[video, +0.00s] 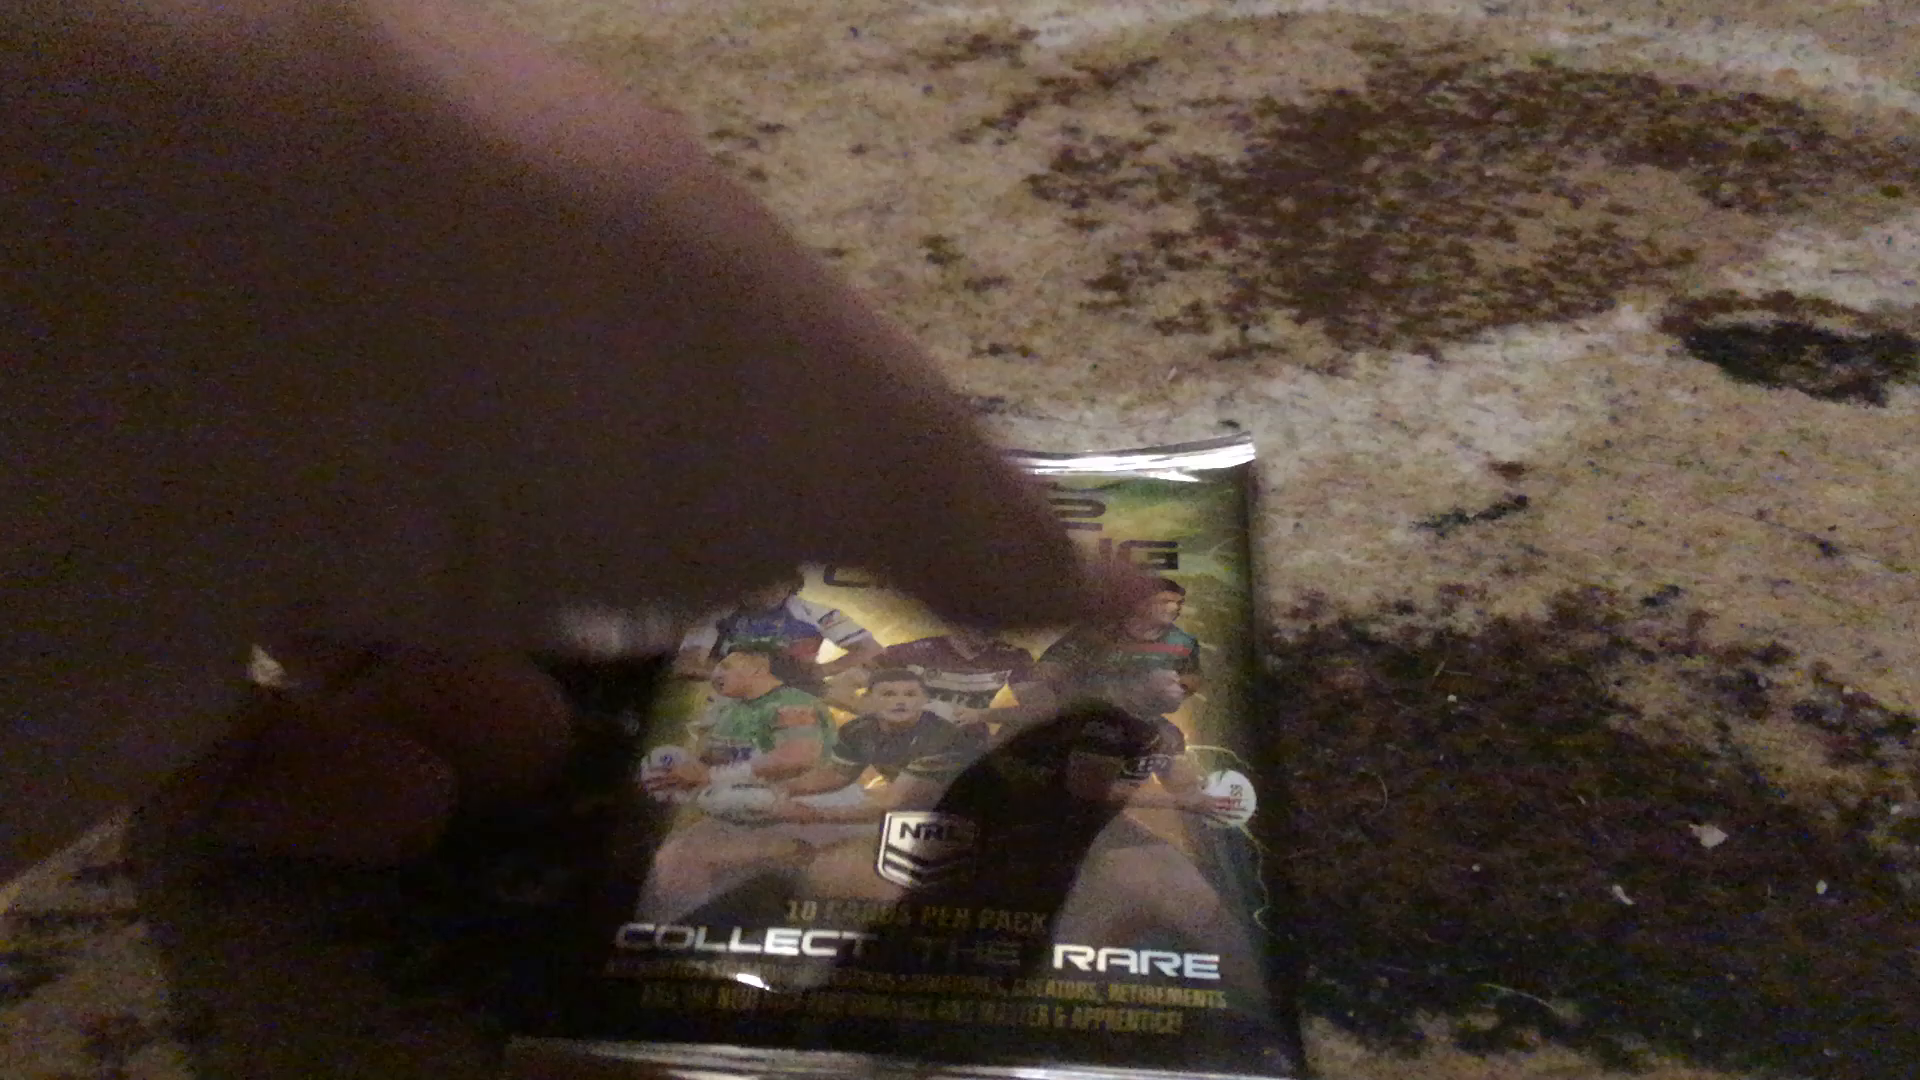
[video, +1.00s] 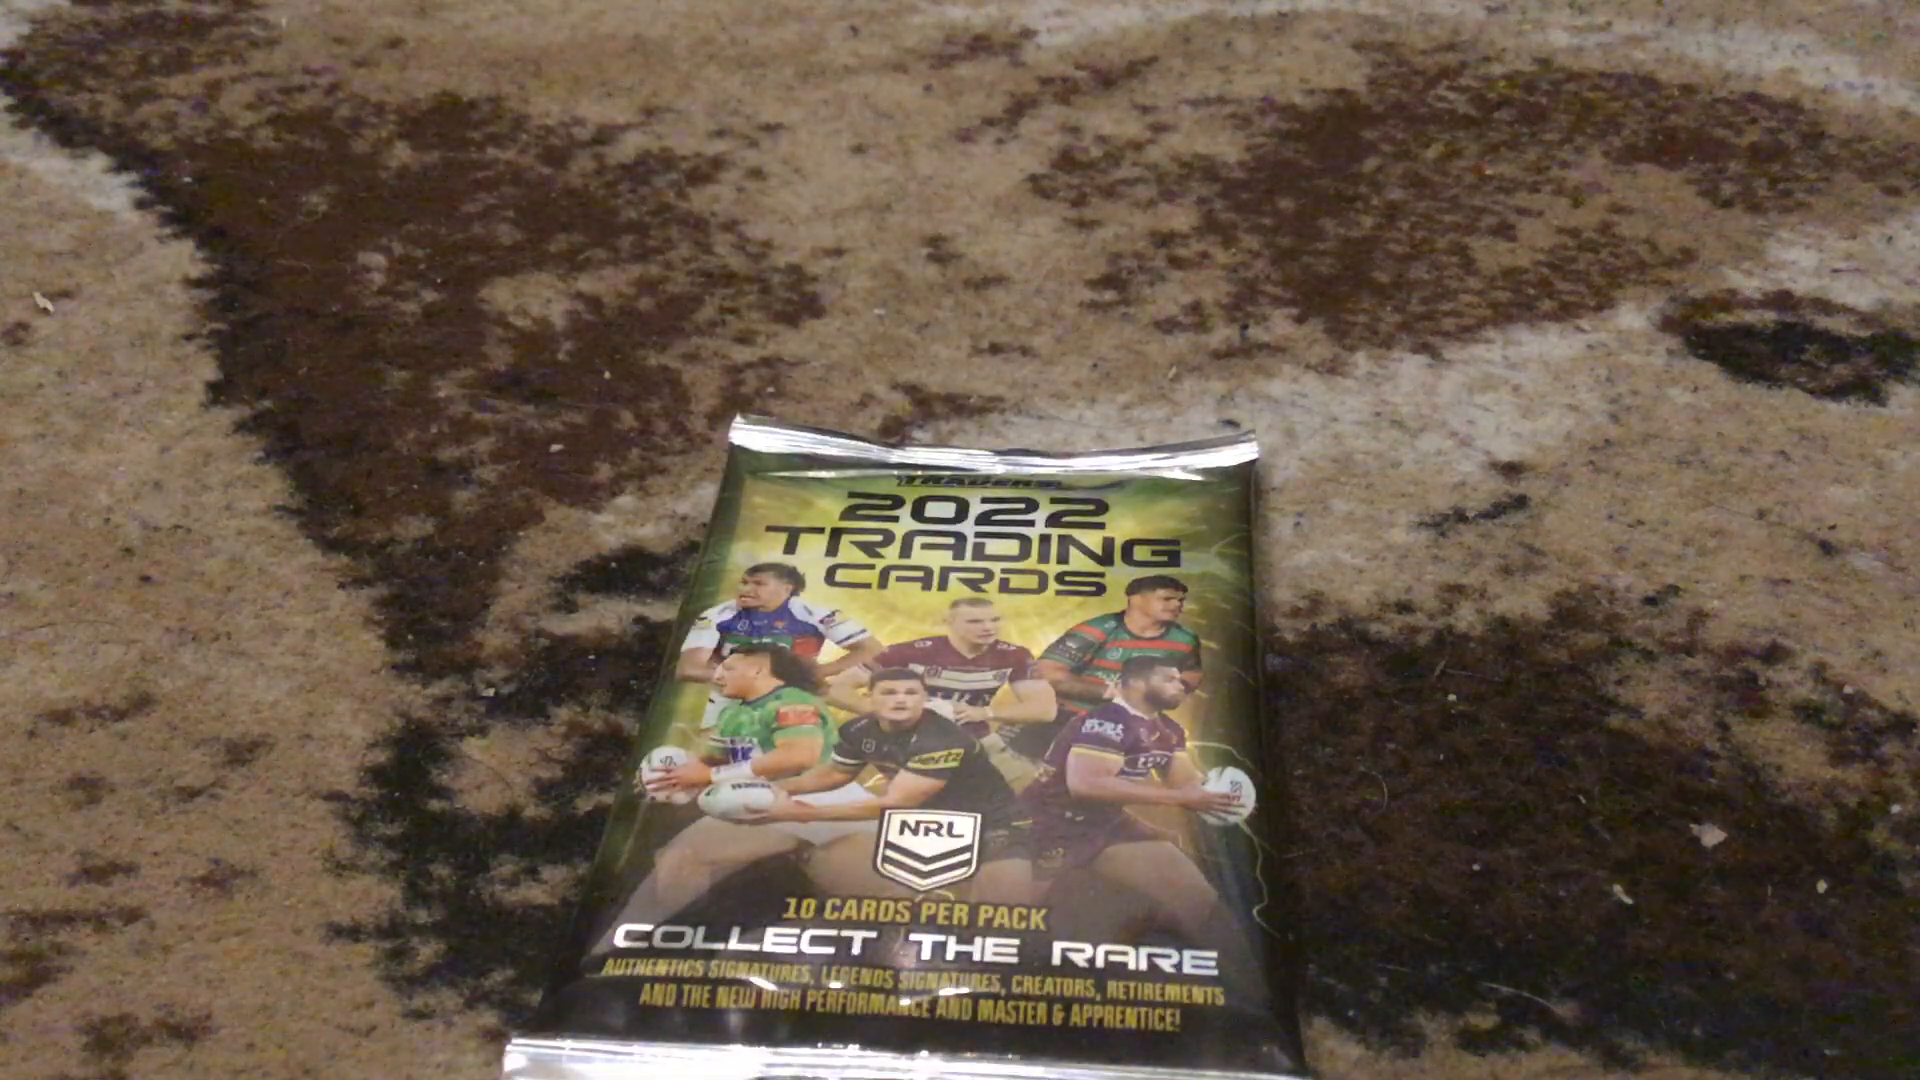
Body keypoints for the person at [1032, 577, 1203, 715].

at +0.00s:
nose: (1174, 609)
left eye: (1178, 604)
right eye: (1165, 602)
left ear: (1180, 607)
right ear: (1142, 602)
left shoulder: (1183, 644)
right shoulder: (1096, 632)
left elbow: (1193, 678)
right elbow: (1057, 661)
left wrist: (1178, 688)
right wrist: (1042, 679)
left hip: (1141, 722)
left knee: (1171, 739)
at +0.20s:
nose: (1176, 606)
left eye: (1179, 602)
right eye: (1167, 599)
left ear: (1182, 606)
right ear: (1135, 600)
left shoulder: (1185, 641)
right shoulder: (1098, 630)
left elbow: (1194, 676)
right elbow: (1046, 670)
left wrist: (1162, 691)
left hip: (1148, 731)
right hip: (1088, 728)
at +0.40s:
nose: (1177, 606)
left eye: (1179, 601)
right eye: (1168, 599)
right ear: (1135, 599)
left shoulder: (1186, 641)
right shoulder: (1099, 629)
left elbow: (1193, 676)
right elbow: (1046, 671)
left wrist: (1155, 696)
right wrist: (1105, 692)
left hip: (1143, 729)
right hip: (1085, 725)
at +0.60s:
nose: (1177, 606)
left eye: (1179, 601)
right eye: (1167, 599)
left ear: (1182, 605)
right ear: (1135, 599)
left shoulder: (1186, 642)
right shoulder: (1099, 629)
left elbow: (1192, 677)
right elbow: (1044, 672)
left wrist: (1152, 696)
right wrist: (1107, 692)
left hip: (1141, 727)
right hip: (1082, 723)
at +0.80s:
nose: (1176, 606)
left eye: (1179, 601)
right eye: (1167, 599)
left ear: (1182, 604)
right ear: (1136, 599)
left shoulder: (1186, 642)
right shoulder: (1099, 629)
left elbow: (1192, 678)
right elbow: (1045, 671)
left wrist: (1151, 696)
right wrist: (1105, 692)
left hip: (1141, 726)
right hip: (1082, 722)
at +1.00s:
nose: (1177, 606)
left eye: (1179, 601)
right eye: (1167, 599)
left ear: (1182, 603)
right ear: (1136, 599)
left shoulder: (1186, 641)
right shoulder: (1098, 630)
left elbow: (1192, 678)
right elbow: (1045, 671)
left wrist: (1151, 696)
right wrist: (1105, 691)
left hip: (1142, 728)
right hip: (1083, 725)